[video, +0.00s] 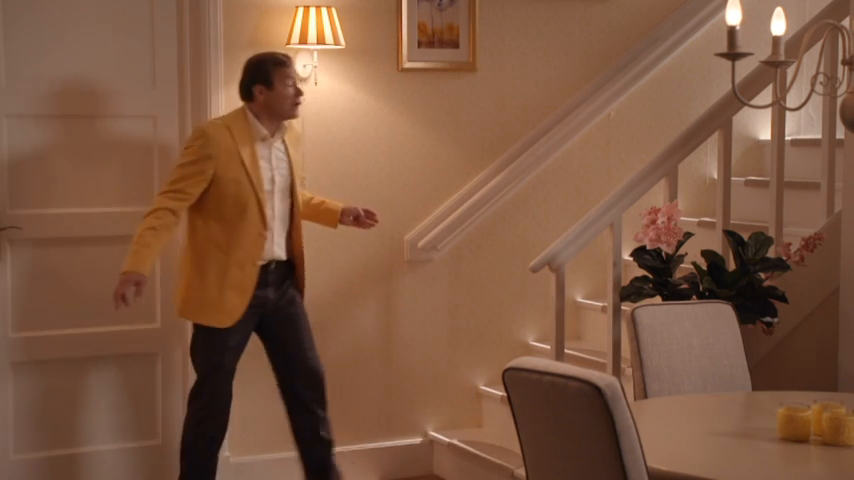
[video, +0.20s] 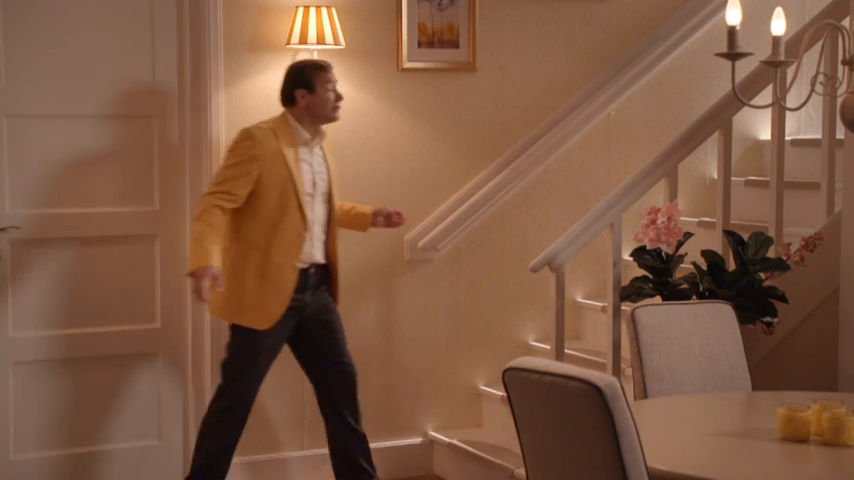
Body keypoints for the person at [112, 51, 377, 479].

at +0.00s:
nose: (300, 93)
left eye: (298, 85)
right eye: (290, 86)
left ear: (273, 95)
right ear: (259, 93)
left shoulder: (286, 138)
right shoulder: (214, 137)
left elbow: (287, 201)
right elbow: (171, 204)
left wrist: (340, 214)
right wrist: (138, 264)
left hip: (279, 285)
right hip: (226, 290)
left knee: (308, 386)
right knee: (211, 400)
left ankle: (325, 476)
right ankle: (195, 479)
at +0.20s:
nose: (339, 96)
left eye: (337, 88)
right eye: (331, 89)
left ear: (310, 98)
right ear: (302, 97)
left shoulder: (317, 148)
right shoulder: (257, 142)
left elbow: (321, 209)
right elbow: (217, 203)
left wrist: (371, 217)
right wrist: (205, 259)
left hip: (313, 290)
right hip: (265, 292)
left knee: (340, 383)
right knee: (235, 398)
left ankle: (358, 476)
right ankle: (203, 478)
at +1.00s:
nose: (417, 87)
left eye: (415, 80)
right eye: (412, 80)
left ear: (388, 86)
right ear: (390, 86)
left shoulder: (381, 129)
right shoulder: (363, 129)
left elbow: (375, 199)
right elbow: (343, 201)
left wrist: (407, 192)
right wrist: (362, 254)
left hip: (392, 281)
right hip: (368, 285)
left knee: (418, 363)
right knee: (380, 379)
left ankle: (383, 464)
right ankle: (369, 474)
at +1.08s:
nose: (420, 86)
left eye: (418, 78)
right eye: (415, 78)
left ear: (390, 85)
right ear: (392, 85)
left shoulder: (382, 129)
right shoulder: (366, 129)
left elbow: (377, 203)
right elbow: (349, 203)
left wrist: (412, 199)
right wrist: (385, 251)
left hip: (396, 278)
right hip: (370, 281)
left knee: (423, 362)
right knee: (380, 379)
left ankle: (395, 465)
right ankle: (369, 474)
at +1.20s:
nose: (423, 83)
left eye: (421, 75)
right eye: (416, 75)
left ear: (392, 83)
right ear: (392, 82)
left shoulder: (391, 130)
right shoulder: (366, 128)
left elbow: (396, 200)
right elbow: (354, 200)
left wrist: (430, 184)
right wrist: (409, 233)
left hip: (402, 278)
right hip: (375, 281)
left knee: (416, 378)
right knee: (381, 381)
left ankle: (411, 469)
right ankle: (370, 474)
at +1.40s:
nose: (427, 80)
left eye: (425, 73)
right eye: (421, 73)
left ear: (398, 83)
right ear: (397, 81)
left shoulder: (405, 130)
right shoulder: (369, 131)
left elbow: (424, 179)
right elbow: (354, 200)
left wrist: (474, 166)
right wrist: (384, 233)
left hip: (418, 277)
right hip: (388, 280)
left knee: (412, 380)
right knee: (387, 382)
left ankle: (410, 470)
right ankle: (370, 473)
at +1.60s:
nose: (436, 82)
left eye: (435, 76)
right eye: (430, 76)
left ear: (411, 83)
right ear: (405, 83)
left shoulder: (429, 129)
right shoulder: (376, 128)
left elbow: (464, 147)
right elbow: (355, 173)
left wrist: (504, 110)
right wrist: (334, 185)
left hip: (438, 266)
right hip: (403, 270)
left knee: (427, 378)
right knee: (396, 379)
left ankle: (413, 469)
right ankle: (372, 474)